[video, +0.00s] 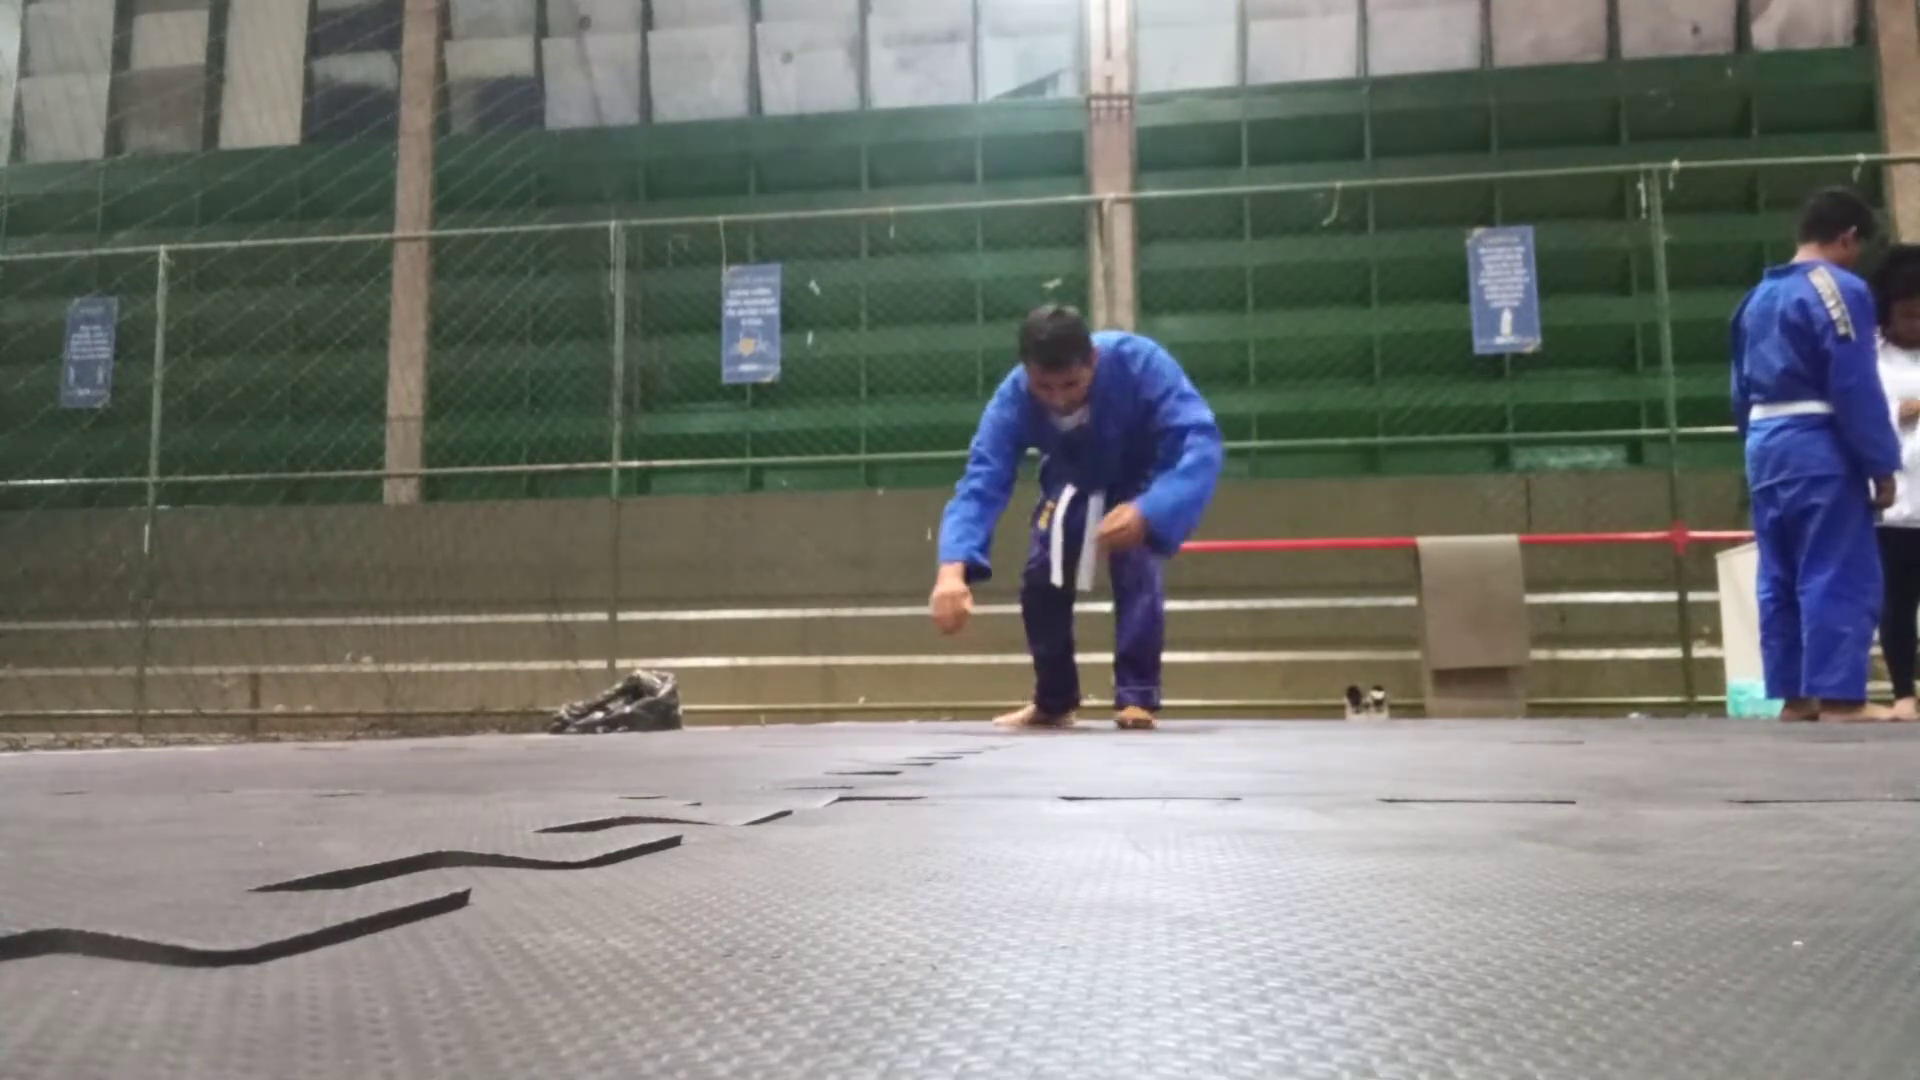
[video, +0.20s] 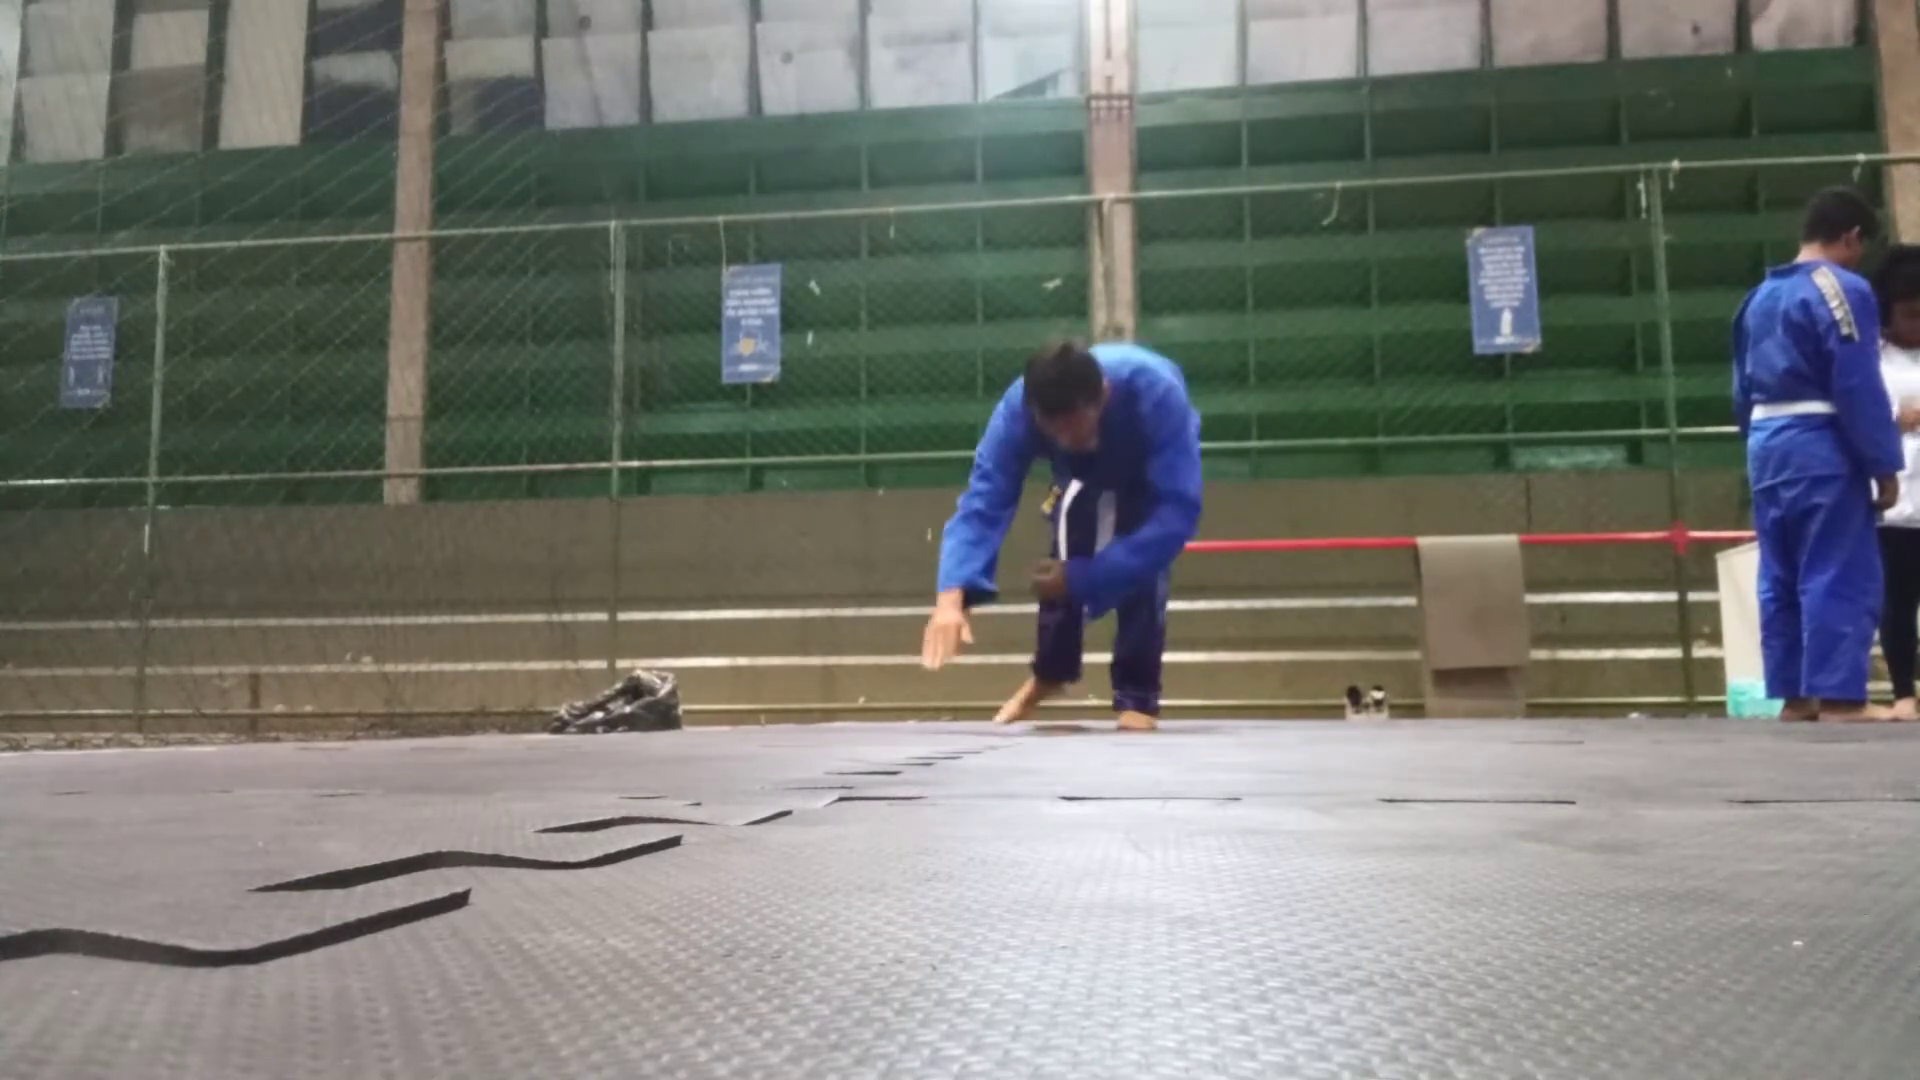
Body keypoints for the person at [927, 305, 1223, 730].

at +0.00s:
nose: (1059, 399)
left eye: (1070, 386)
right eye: (1045, 388)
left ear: (1092, 363)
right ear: (1028, 373)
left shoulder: (1138, 362)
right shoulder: (1016, 394)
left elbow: (1202, 443)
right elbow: (981, 480)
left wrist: (1148, 511)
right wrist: (951, 570)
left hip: (1140, 482)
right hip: (1070, 483)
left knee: (1136, 566)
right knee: (1041, 579)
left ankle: (1136, 700)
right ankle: (1054, 700)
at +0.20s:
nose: (1068, 441)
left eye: (1076, 430)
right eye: (1055, 433)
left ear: (1102, 398)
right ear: (1036, 414)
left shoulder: (1156, 392)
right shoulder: (1021, 407)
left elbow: (1179, 512)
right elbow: (982, 502)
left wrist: (1081, 578)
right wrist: (950, 597)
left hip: (1144, 471)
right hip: (1080, 469)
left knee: (1144, 574)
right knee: (1064, 569)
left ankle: (1136, 703)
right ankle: (1049, 673)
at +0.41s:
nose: (1051, 515)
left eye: (1060, 502)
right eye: (1041, 503)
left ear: (1094, 463)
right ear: (1024, 472)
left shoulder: (1156, 453)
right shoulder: (1015, 444)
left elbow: (1168, 588)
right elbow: (981, 553)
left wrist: (1058, 613)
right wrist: (952, 676)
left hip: (1177, 420)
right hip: (1087, 396)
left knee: (1143, 569)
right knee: (1063, 569)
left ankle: (1136, 710)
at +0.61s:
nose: (1009, 610)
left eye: (1017, 601)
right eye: (995, 604)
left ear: (1042, 571)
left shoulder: (1133, 550)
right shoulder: (984, 495)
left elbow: (1193, 674)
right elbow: (965, 604)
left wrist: (1075, 671)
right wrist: (954, 702)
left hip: (1188, 433)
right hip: (1100, 402)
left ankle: (1138, 704)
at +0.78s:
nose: (937, 573)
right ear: (948, 580)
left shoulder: (1093, 666)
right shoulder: (991, 525)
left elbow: (1220, 696)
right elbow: (972, 616)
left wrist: (1080, 709)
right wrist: (953, 704)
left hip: (1233, 489)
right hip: (1164, 411)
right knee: (1056, 369)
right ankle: (1071, 283)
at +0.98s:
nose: (934, 574)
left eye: (921, 577)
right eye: (926, 580)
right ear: (929, 589)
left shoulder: (1039, 705)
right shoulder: (977, 538)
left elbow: (1215, 722)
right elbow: (920, 493)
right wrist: (913, 574)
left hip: (1315, 611)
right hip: (1283, 485)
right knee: (1150, 294)